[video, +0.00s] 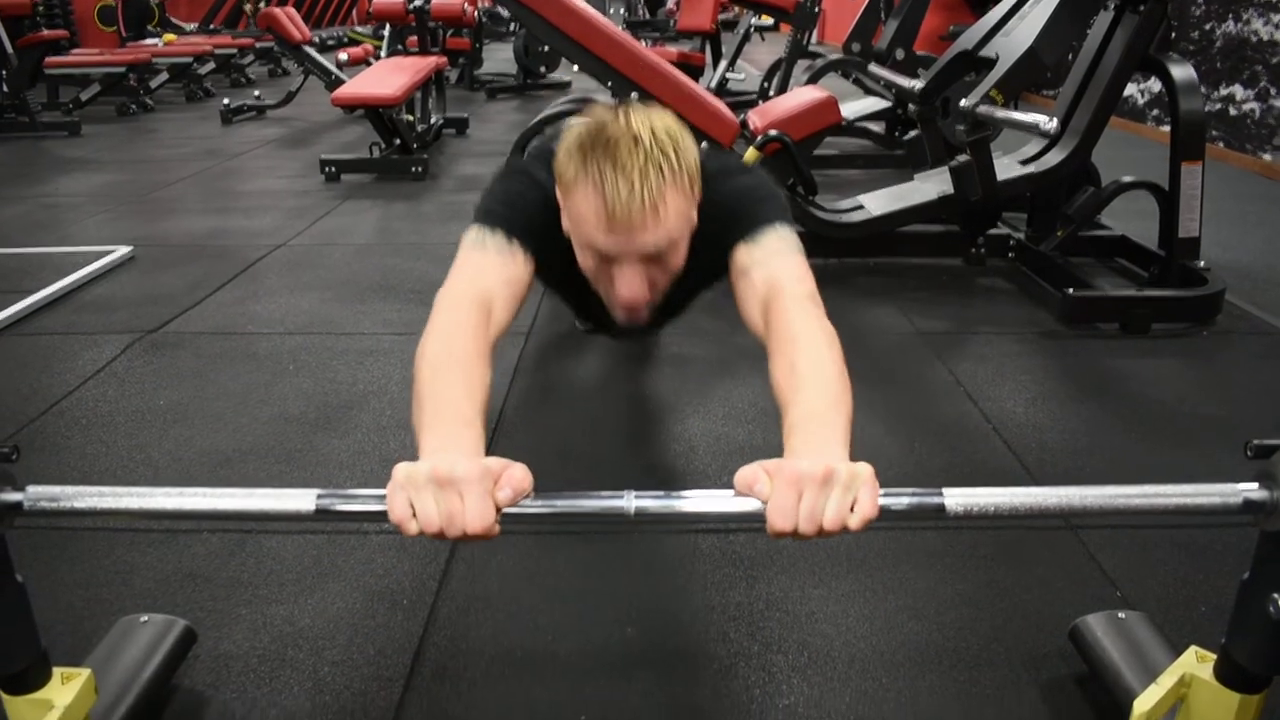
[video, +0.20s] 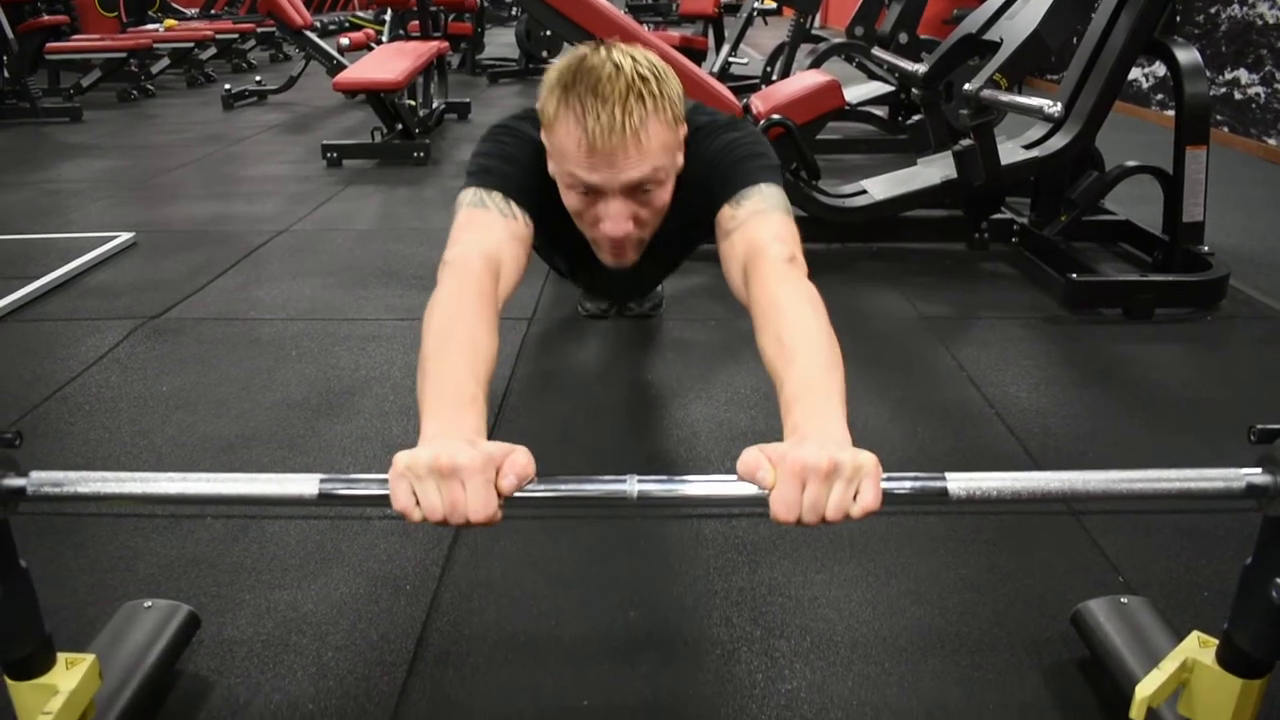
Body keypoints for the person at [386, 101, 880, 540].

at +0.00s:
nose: (630, 292)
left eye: (657, 258)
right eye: (604, 258)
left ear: (691, 209)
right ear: (565, 214)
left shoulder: (736, 188)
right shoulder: (532, 182)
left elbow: (793, 312)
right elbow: (462, 314)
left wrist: (817, 456)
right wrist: (448, 456)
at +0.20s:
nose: (615, 219)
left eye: (642, 188)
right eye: (587, 191)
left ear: (679, 150)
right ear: (550, 159)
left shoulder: (728, 149)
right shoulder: (516, 151)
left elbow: (775, 271)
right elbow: (469, 278)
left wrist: (820, 438)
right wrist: (450, 438)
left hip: (658, 269)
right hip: (570, 268)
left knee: (646, 288)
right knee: (593, 286)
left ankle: (639, 299)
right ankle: (601, 297)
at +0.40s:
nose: (610, 210)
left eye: (637, 177)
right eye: (581, 180)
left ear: (676, 136)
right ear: (545, 148)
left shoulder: (724, 137)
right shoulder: (511, 142)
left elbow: (773, 262)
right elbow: (464, 272)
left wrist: (820, 432)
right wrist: (448, 433)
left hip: (657, 262)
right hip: (569, 262)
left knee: (645, 281)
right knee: (590, 276)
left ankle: (639, 292)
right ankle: (599, 288)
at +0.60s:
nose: (617, 197)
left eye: (645, 164)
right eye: (587, 166)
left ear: (683, 125)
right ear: (552, 135)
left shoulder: (730, 125)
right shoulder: (518, 126)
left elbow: (782, 251)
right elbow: (467, 256)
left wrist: (824, 423)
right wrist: (449, 421)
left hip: (662, 249)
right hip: (573, 244)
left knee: (647, 268)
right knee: (591, 261)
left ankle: (639, 282)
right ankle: (601, 274)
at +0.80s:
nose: (623, 176)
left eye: (651, 142)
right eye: (593, 144)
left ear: (687, 105)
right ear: (555, 109)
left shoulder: (734, 104)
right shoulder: (520, 104)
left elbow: (784, 232)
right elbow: (468, 237)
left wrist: (824, 408)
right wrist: (447, 406)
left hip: (670, 218)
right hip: (571, 214)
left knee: (647, 247)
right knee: (593, 244)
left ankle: (641, 264)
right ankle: (604, 260)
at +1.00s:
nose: (625, 155)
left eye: (652, 120)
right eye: (593, 123)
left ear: (689, 85)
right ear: (554, 89)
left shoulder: (737, 86)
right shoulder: (520, 86)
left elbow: (787, 216)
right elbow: (466, 223)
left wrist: (825, 394)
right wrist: (446, 394)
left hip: (672, 198)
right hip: (570, 197)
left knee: (647, 231)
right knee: (589, 225)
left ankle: (640, 250)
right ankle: (604, 245)